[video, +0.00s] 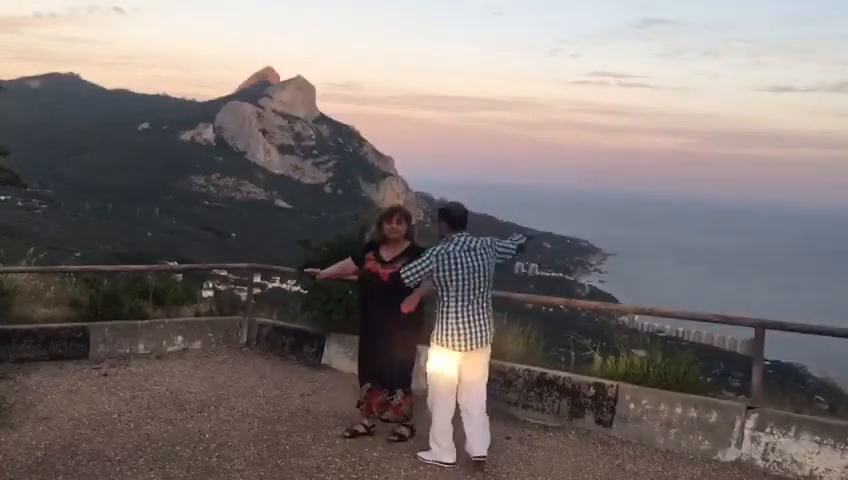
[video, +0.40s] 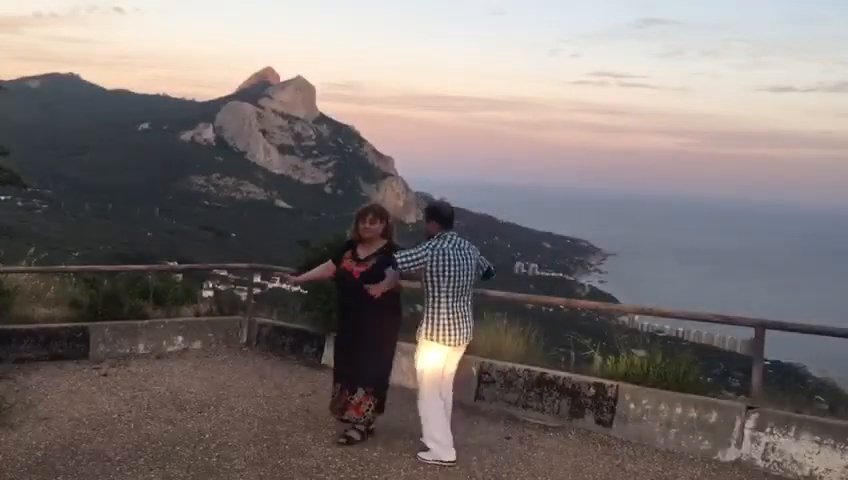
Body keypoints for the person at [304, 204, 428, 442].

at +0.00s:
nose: (394, 227)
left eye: (399, 223)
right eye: (389, 223)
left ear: (408, 227)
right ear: (381, 226)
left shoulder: (417, 254)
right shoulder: (370, 251)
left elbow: (433, 280)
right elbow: (349, 265)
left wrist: (417, 295)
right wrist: (323, 273)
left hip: (403, 325)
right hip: (372, 323)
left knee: (399, 372)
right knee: (369, 370)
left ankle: (404, 424)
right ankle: (367, 420)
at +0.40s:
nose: (368, 226)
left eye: (374, 222)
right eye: (364, 221)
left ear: (384, 226)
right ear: (357, 225)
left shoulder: (391, 253)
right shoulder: (349, 251)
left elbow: (397, 278)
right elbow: (329, 268)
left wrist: (384, 286)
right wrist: (300, 278)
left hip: (379, 324)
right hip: (350, 320)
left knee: (370, 370)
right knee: (348, 366)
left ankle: (360, 424)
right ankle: (352, 417)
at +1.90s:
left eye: (277, 222)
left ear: (280, 224)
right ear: (315, 224)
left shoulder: (269, 249)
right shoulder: (325, 251)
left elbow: (241, 264)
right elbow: (341, 289)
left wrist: (220, 262)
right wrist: (352, 314)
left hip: (275, 328)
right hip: (313, 330)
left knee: (282, 373)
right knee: (302, 384)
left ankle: (287, 437)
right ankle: (291, 448)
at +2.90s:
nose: (286, 225)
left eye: (287, 219)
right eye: (285, 219)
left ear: (252, 216)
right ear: (276, 220)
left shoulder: (240, 248)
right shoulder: (276, 248)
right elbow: (301, 278)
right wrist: (322, 279)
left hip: (233, 331)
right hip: (262, 336)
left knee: (242, 388)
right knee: (255, 392)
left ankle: (237, 449)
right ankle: (239, 457)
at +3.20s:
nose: (290, 233)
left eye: (290, 228)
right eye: (288, 227)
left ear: (258, 224)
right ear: (279, 228)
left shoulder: (244, 256)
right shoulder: (271, 258)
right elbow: (289, 294)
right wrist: (321, 295)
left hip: (234, 341)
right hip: (261, 345)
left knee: (238, 395)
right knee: (268, 396)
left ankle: (237, 456)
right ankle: (259, 456)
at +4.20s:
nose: (326, 241)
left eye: (327, 235)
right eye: (324, 234)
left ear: (297, 227)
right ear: (310, 231)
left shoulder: (279, 252)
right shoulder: (293, 256)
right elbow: (307, 294)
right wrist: (341, 298)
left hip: (273, 341)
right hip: (285, 346)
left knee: (296, 401)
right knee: (294, 403)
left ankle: (283, 461)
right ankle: (275, 466)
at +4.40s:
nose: (335, 238)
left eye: (336, 233)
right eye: (333, 232)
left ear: (308, 224)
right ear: (320, 228)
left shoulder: (291, 250)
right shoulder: (306, 257)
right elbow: (311, 306)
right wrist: (344, 336)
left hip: (279, 338)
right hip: (291, 344)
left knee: (295, 398)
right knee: (284, 401)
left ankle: (289, 458)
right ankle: (275, 462)